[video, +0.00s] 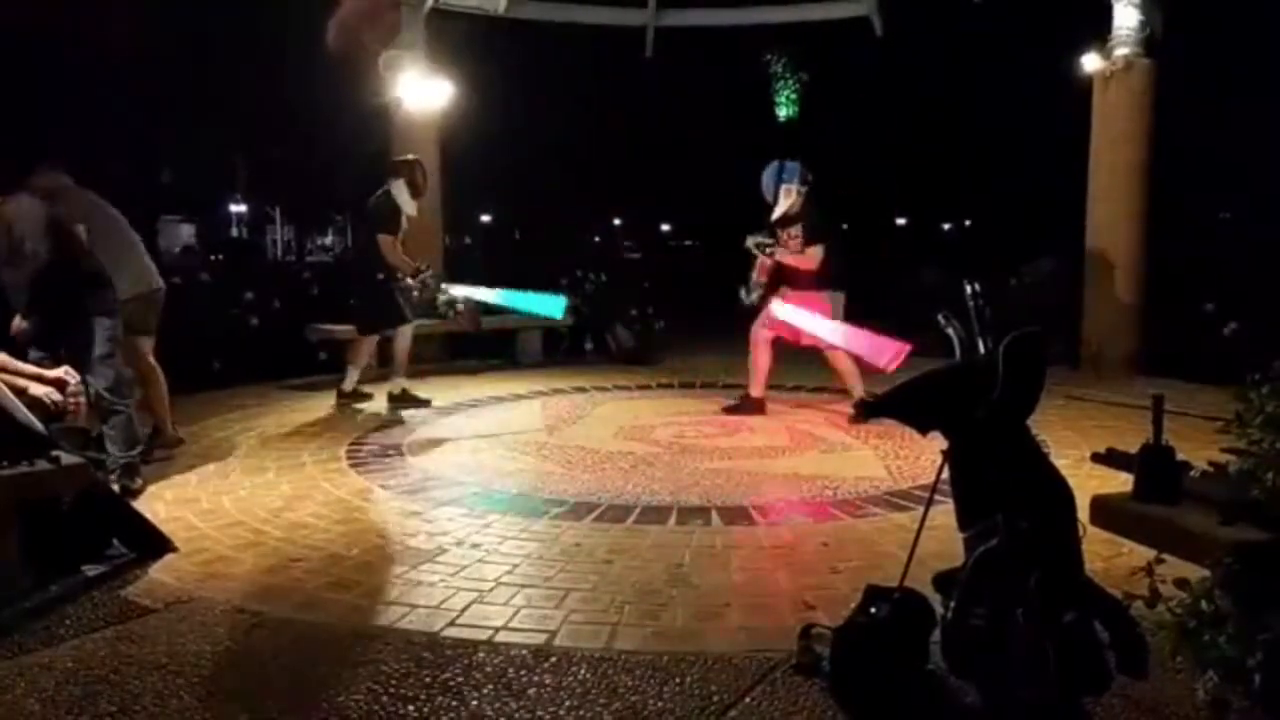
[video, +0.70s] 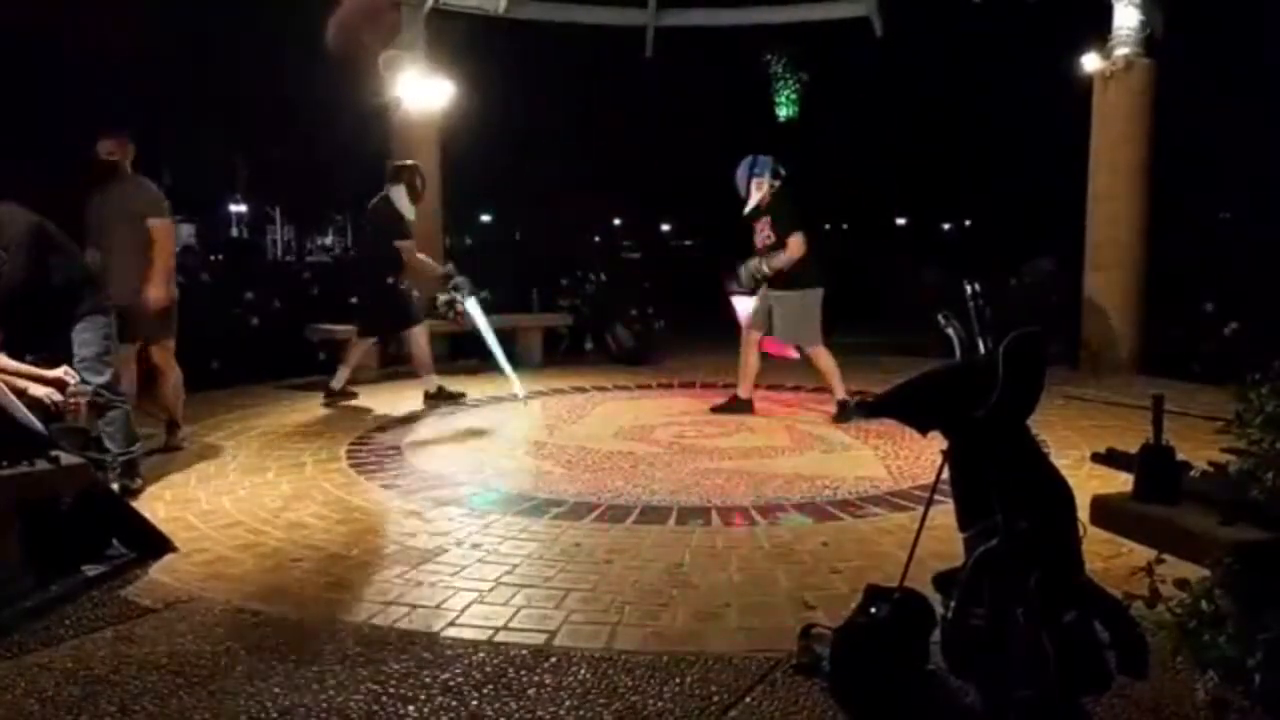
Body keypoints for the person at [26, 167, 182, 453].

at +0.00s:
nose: (39, 201)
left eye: (40, 194)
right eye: (38, 195)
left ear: (47, 190)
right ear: (65, 182)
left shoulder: (66, 205)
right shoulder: (86, 199)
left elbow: (75, 254)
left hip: (131, 290)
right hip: (149, 284)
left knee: (141, 360)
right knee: (142, 360)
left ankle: (166, 429)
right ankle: (163, 427)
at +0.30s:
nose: (61, 180)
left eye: (62, 173)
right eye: (60, 173)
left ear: (72, 172)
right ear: (89, 165)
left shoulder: (98, 193)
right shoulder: (108, 191)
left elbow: (104, 247)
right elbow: (107, 246)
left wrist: (89, 282)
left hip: (137, 291)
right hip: (140, 289)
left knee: (147, 358)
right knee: (127, 362)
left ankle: (173, 428)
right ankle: (119, 430)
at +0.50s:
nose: (90, 163)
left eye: (95, 156)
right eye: (85, 158)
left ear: (110, 156)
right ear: (81, 161)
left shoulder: (128, 192)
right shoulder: (96, 197)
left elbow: (137, 243)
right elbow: (100, 245)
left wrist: (115, 285)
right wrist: (96, 283)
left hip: (145, 283)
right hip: (114, 287)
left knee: (155, 356)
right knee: (121, 358)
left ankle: (174, 425)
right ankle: (121, 430)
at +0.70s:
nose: (109, 161)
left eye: (114, 153)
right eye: (104, 155)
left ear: (129, 153)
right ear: (97, 157)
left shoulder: (147, 194)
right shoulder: (100, 198)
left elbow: (163, 238)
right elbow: (95, 248)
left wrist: (159, 280)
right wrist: (91, 285)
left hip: (151, 293)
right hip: (117, 295)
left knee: (163, 358)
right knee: (122, 362)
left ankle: (175, 423)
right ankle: (121, 429)